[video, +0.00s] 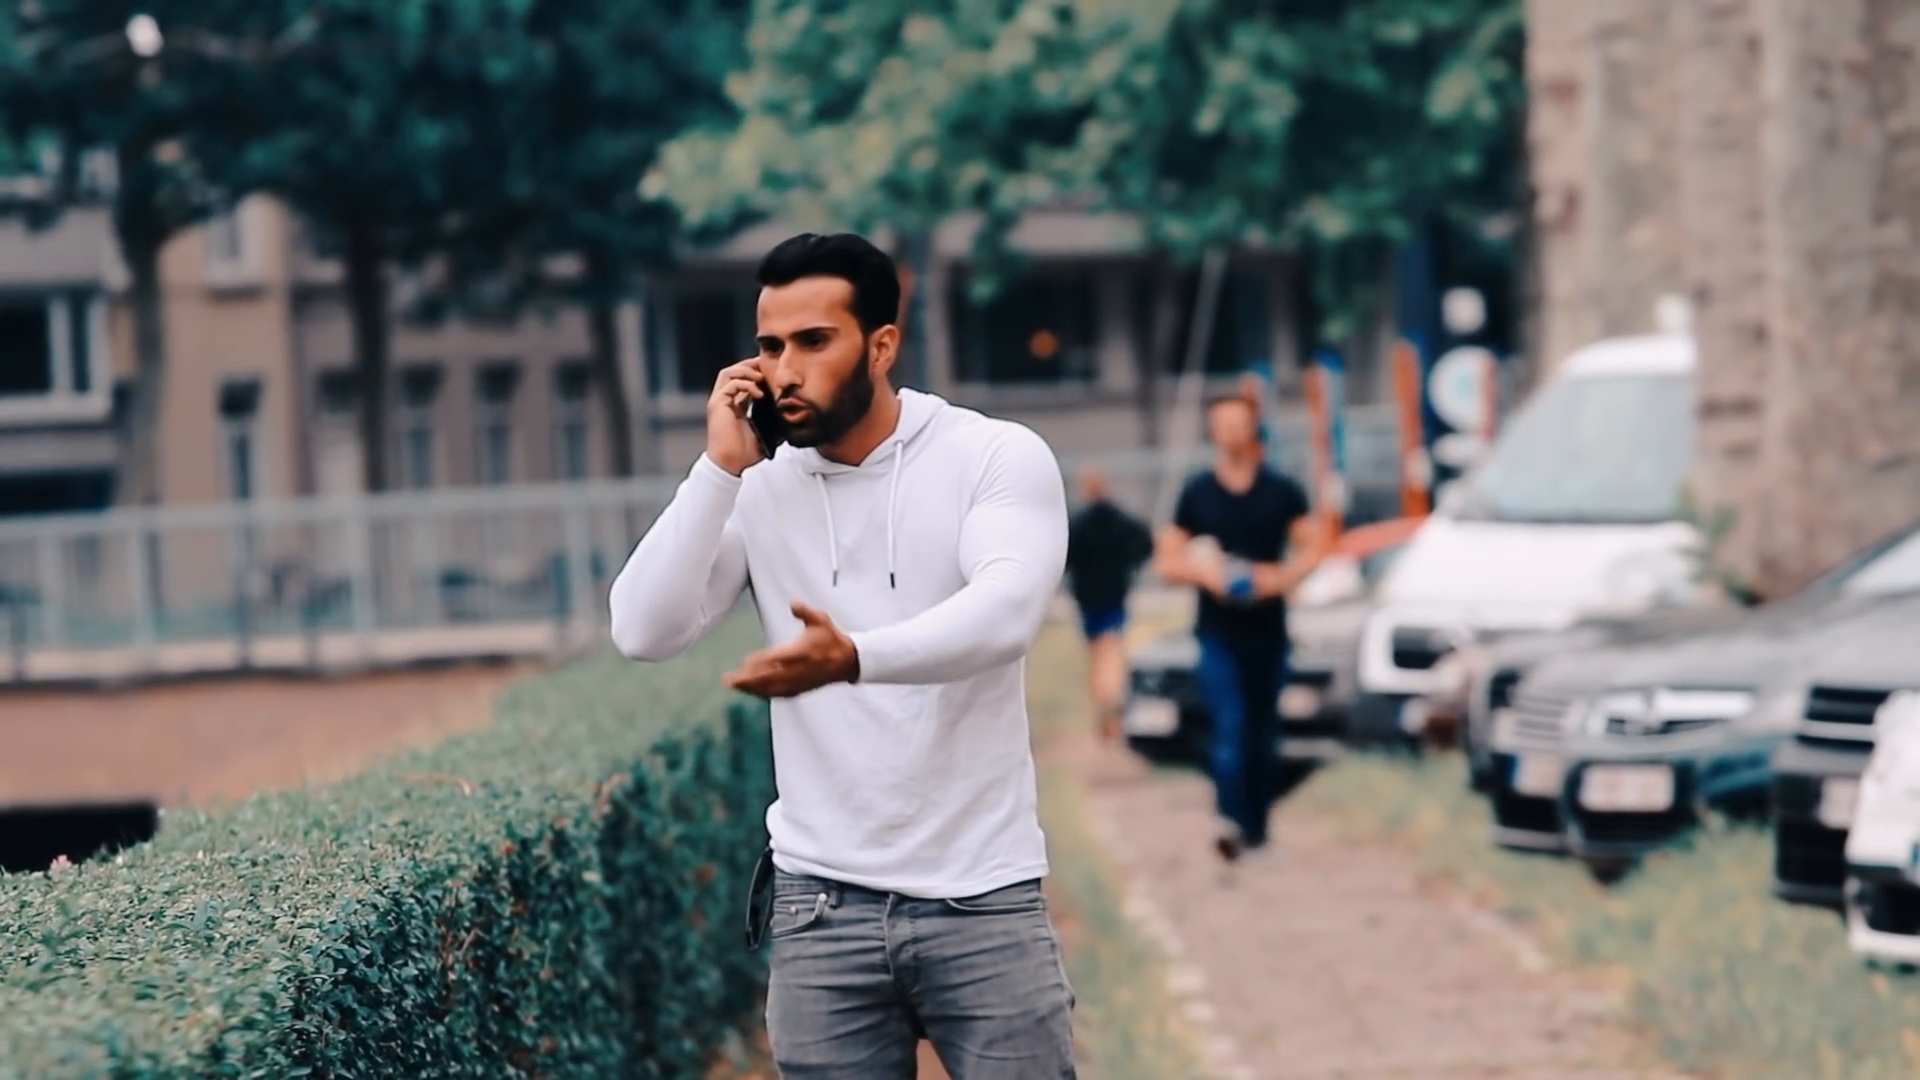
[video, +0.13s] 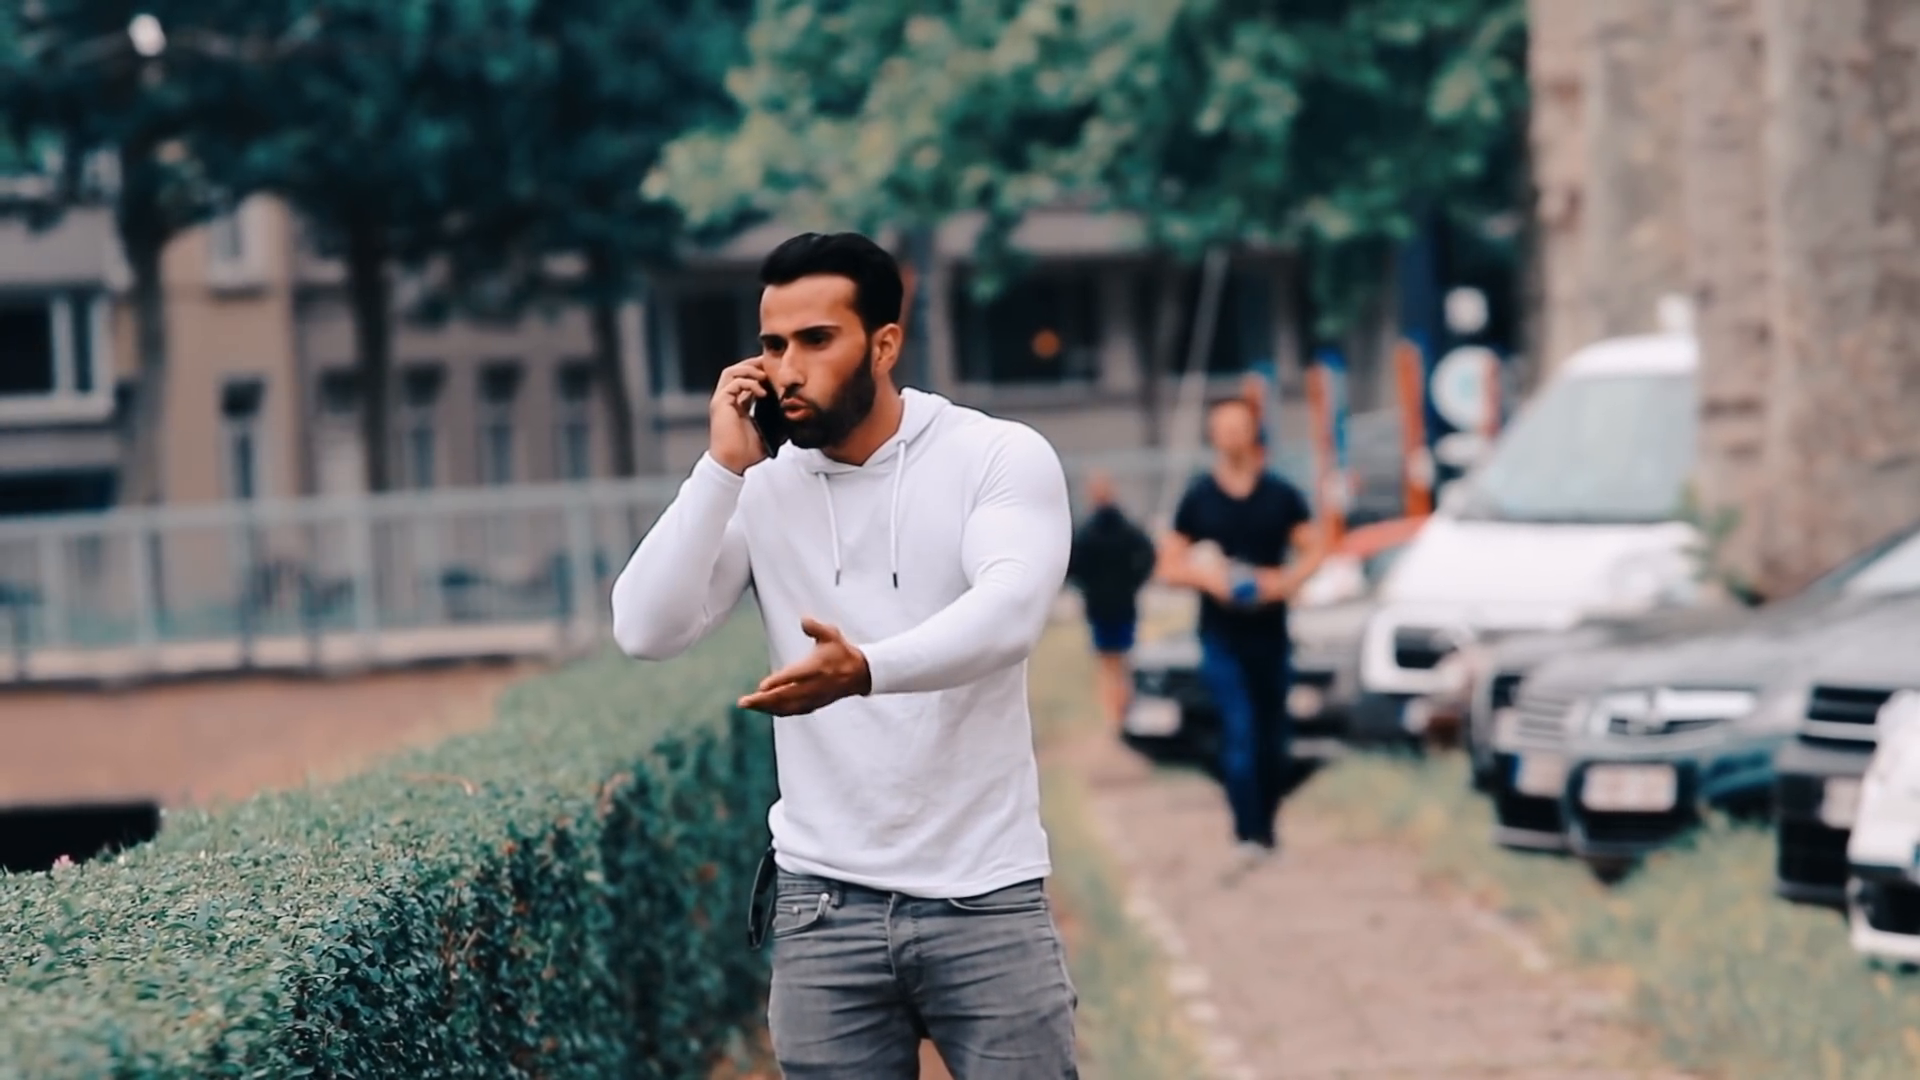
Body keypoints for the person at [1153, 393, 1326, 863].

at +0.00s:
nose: (1230, 433)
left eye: (1238, 424)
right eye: (1222, 425)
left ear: (1254, 429)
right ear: (1211, 430)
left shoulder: (1281, 491)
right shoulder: (1200, 491)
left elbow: (1313, 546)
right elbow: (1168, 558)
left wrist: (1279, 577)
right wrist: (1207, 574)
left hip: (1266, 622)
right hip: (1219, 622)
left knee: (1260, 725)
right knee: (1231, 719)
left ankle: (1255, 825)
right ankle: (1231, 819)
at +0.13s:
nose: (1229, 434)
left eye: (1237, 425)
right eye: (1221, 426)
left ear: (1254, 432)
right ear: (1211, 433)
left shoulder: (1279, 494)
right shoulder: (1201, 496)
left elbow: (1314, 549)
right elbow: (1169, 564)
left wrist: (1283, 581)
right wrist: (1208, 577)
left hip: (1268, 625)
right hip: (1221, 626)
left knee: (1271, 729)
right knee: (1240, 726)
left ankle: (1263, 823)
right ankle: (1250, 833)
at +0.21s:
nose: (1228, 430)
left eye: (1236, 421)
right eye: (1220, 421)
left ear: (1253, 428)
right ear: (1210, 429)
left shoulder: (1280, 491)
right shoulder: (1198, 493)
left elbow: (1312, 547)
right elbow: (1167, 560)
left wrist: (1281, 578)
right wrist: (1209, 573)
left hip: (1269, 624)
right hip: (1220, 626)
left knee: (1278, 729)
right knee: (1234, 729)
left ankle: (1268, 818)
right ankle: (1250, 832)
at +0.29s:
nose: (1230, 422)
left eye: (1238, 413)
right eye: (1222, 414)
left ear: (1254, 417)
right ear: (1211, 422)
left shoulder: (1282, 484)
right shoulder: (1197, 488)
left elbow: (1314, 540)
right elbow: (1166, 552)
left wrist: (1283, 572)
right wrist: (1212, 566)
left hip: (1269, 623)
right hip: (1218, 626)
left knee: (1279, 722)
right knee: (1231, 727)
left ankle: (1273, 805)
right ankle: (1244, 817)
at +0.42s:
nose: (1241, 423)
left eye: (1249, 414)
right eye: (1232, 415)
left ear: (1263, 419)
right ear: (1220, 421)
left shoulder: (1287, 486)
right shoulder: (1202, 486)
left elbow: (1321, 537)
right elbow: (1167, 551)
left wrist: (1289, 572)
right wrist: (1214, 564)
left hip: (1273, 621)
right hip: (1223, 623)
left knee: (1277, 714)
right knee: (1233, 724)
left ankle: (1286, 810)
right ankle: (1248, 814)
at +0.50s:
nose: (1249, 430)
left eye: (1256, 420)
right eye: (1239, 421)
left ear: (1269, 426)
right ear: (1226, 429)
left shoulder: (1293, 494)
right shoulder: (1207, 492)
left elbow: (1321, 549)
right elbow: (1169, 557)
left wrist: (1292, 578)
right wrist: (1217, 571)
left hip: (1277, 629)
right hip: (1227, 631)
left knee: (1280, 723)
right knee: (1238, 732)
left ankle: (1292, 816)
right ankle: (1253, 832)